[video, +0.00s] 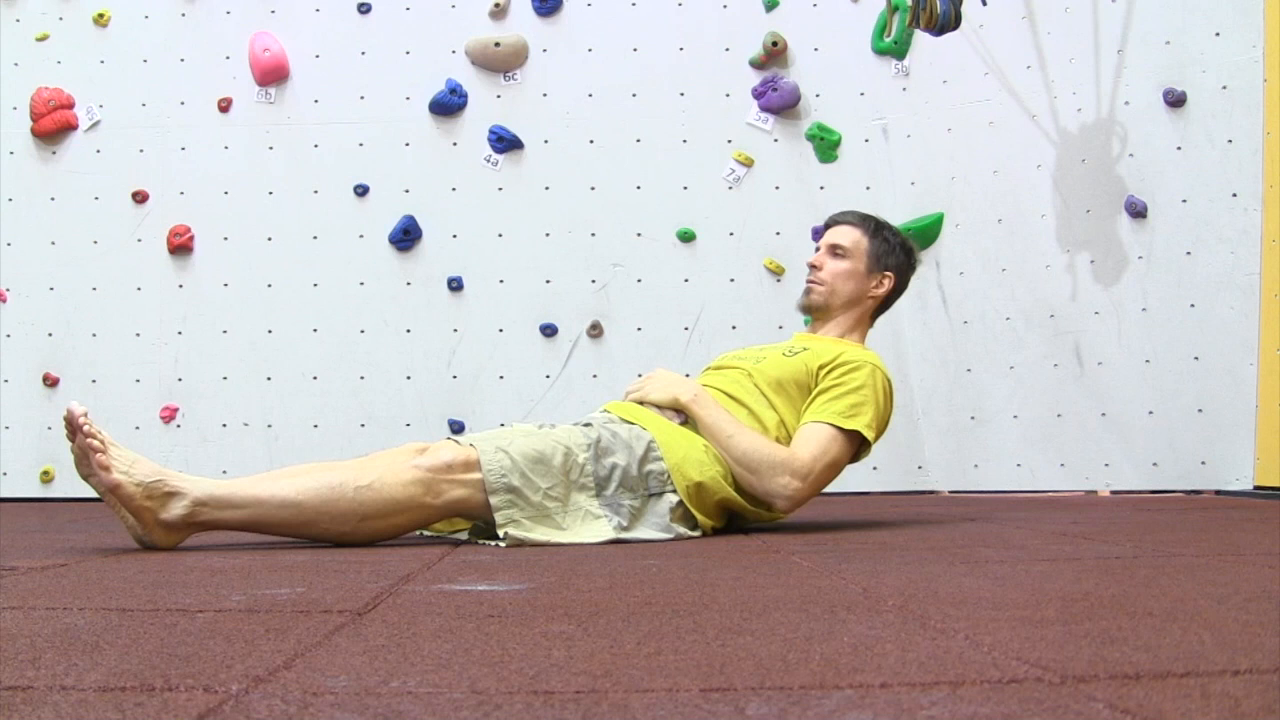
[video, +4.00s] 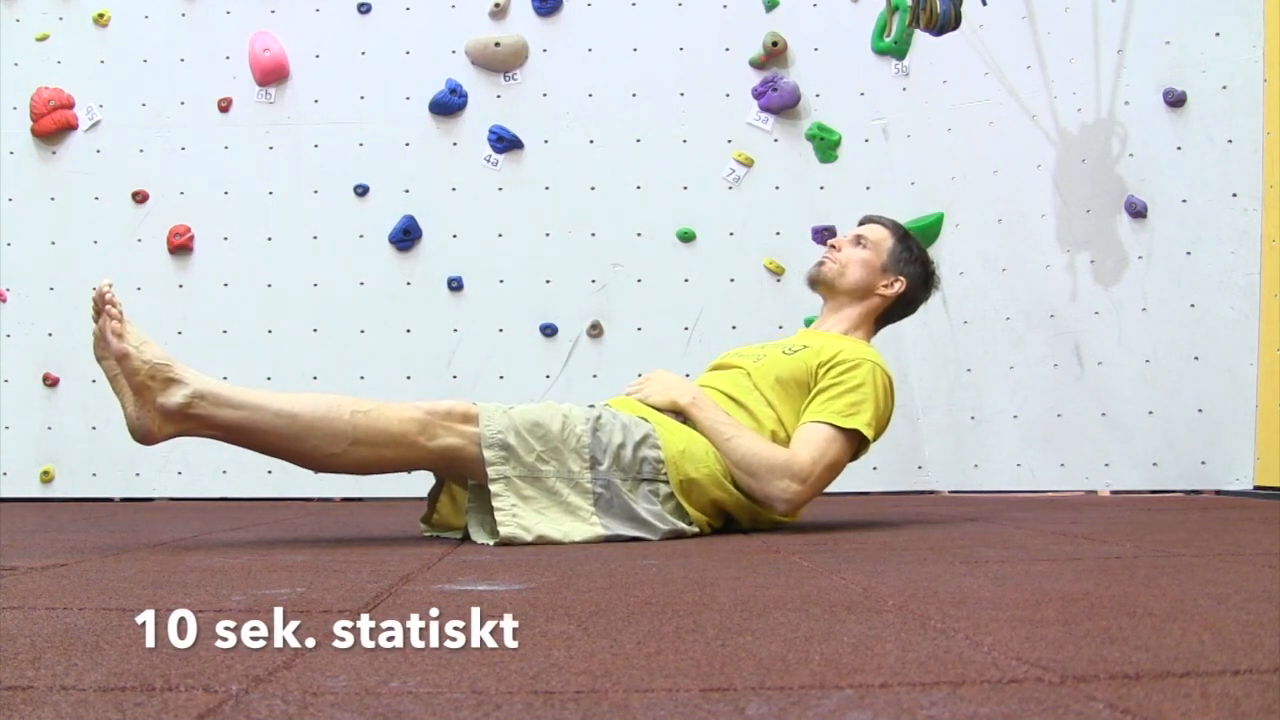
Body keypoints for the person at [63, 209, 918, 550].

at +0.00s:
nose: (815, 262)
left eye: (837, 256)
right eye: (819, 251)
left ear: (878, 288)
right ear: (824, 274)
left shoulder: (856, 369)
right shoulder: (789, 356)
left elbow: (788, 486)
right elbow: (747, 458)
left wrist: (694, 397)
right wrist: (665, 400)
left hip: (656, 465)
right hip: (626, 448)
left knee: (448, 474)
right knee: (430, 466)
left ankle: (185, 500)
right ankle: (179, 502)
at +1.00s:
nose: (828, 264)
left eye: (851, 260)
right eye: (832, 253)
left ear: (891, 297)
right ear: (837, 280)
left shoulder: (859, 373)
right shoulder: (797, 360)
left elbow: (788, 490)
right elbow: (750, 468)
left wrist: (695, 398)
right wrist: (670, 405)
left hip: (656, 461)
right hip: (633, 449)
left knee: (438, 464)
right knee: (424, 469)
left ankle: (178, 482)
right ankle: (176, 484)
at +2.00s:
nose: (804, 236)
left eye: (826, 230)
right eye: (809, 226)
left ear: (872, 264)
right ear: (819, 256)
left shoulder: (847, 354)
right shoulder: (773, 344)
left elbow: (784, 476)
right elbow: (738, 448)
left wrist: (685, 395)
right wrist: (666, 403)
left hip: (659, 464)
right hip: (635, 448)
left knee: (449, 407)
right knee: (438, 407)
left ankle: (193, 348)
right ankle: (189, 353)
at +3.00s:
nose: (816, 251)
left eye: (837, 244)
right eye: (820, 241)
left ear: (882, 277)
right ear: (835, 270)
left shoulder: (855, 363)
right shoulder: (794, 352)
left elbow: (787, 486)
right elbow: (741, 454)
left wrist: (691, 398)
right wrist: (668, 402)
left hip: (660, 460)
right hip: (638, 448)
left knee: (440, 424)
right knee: (430, 425)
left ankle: (181, 389)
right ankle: (181, 391)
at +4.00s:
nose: (833, 241)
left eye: (857, 241)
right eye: (843, 234)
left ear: (887, 286)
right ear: (847, 273)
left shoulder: (858, 367)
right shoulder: (794, 352)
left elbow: (789, 489)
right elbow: (741, 459)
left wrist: (694, 399)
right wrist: (671, 403)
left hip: (662, 460)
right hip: (639, 445)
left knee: (441, 428)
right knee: (429, 433)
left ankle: (176, 399)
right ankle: (177, 402)